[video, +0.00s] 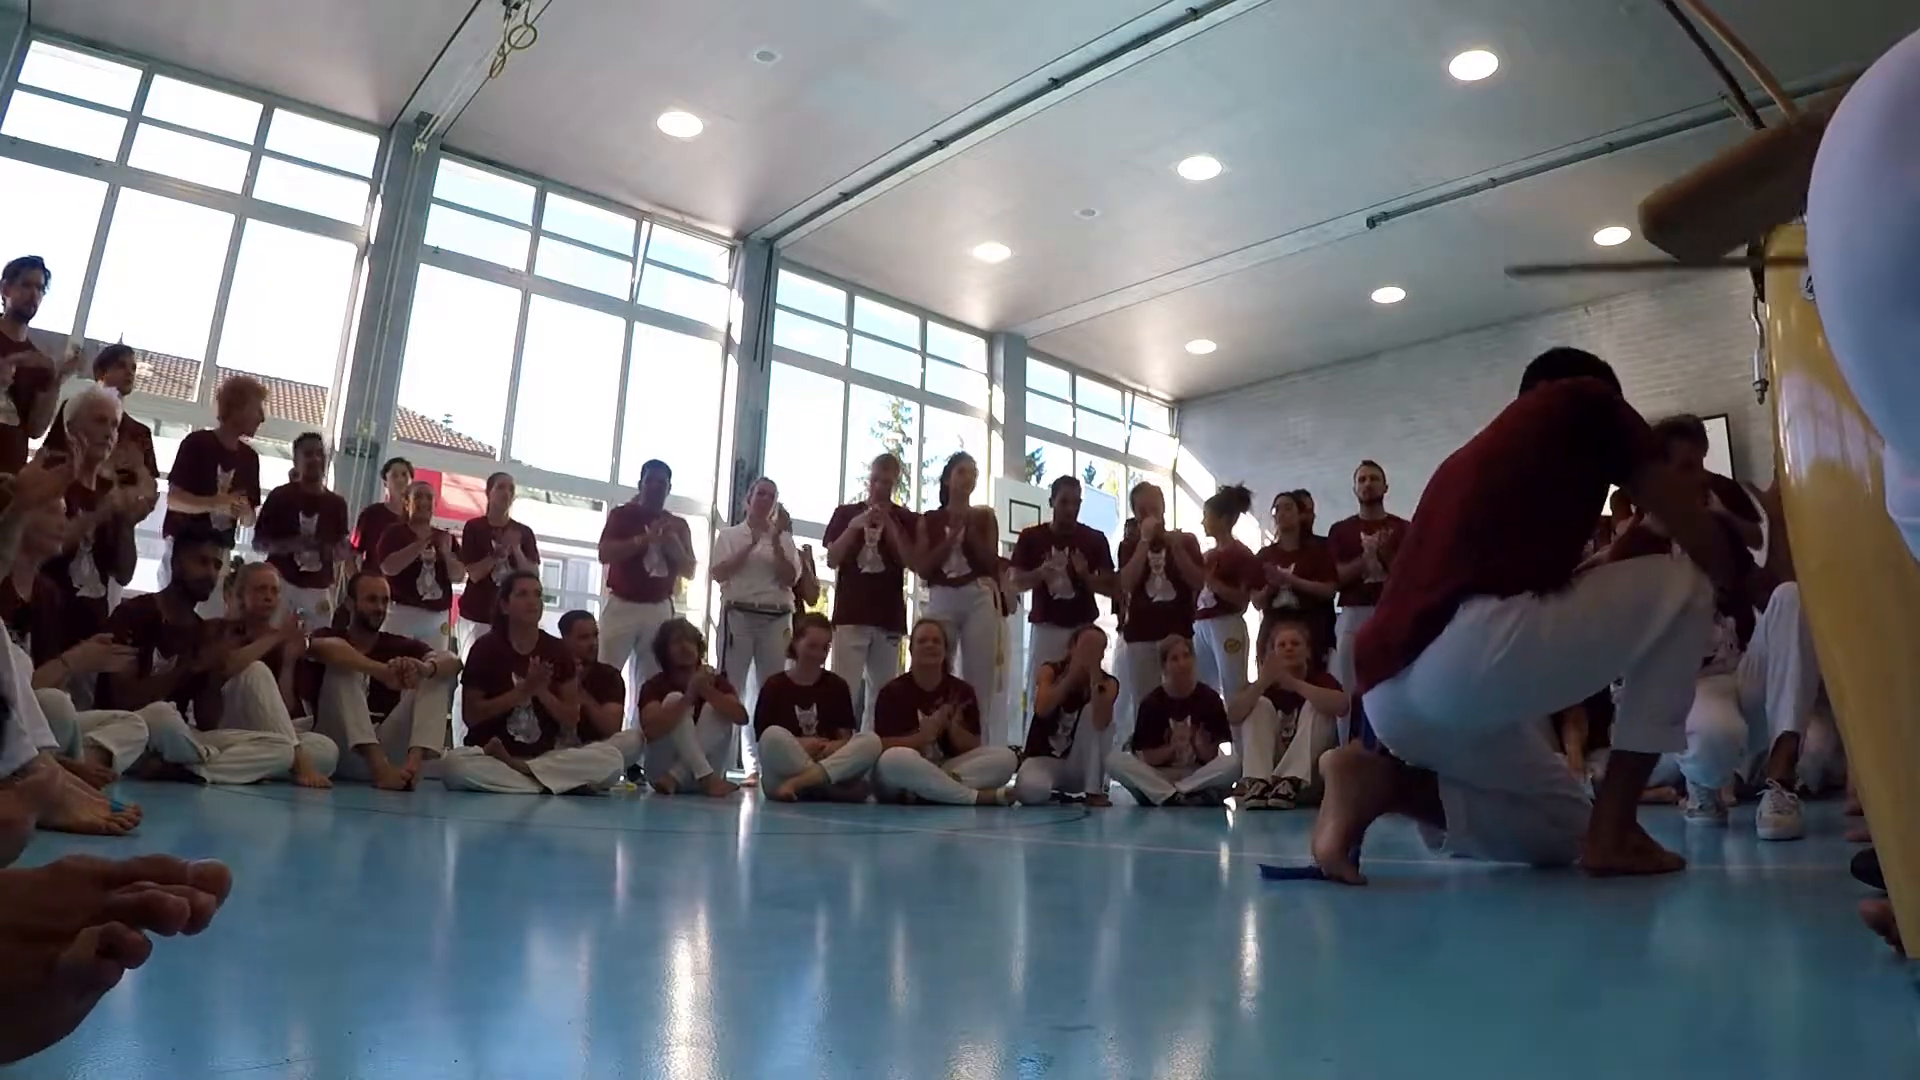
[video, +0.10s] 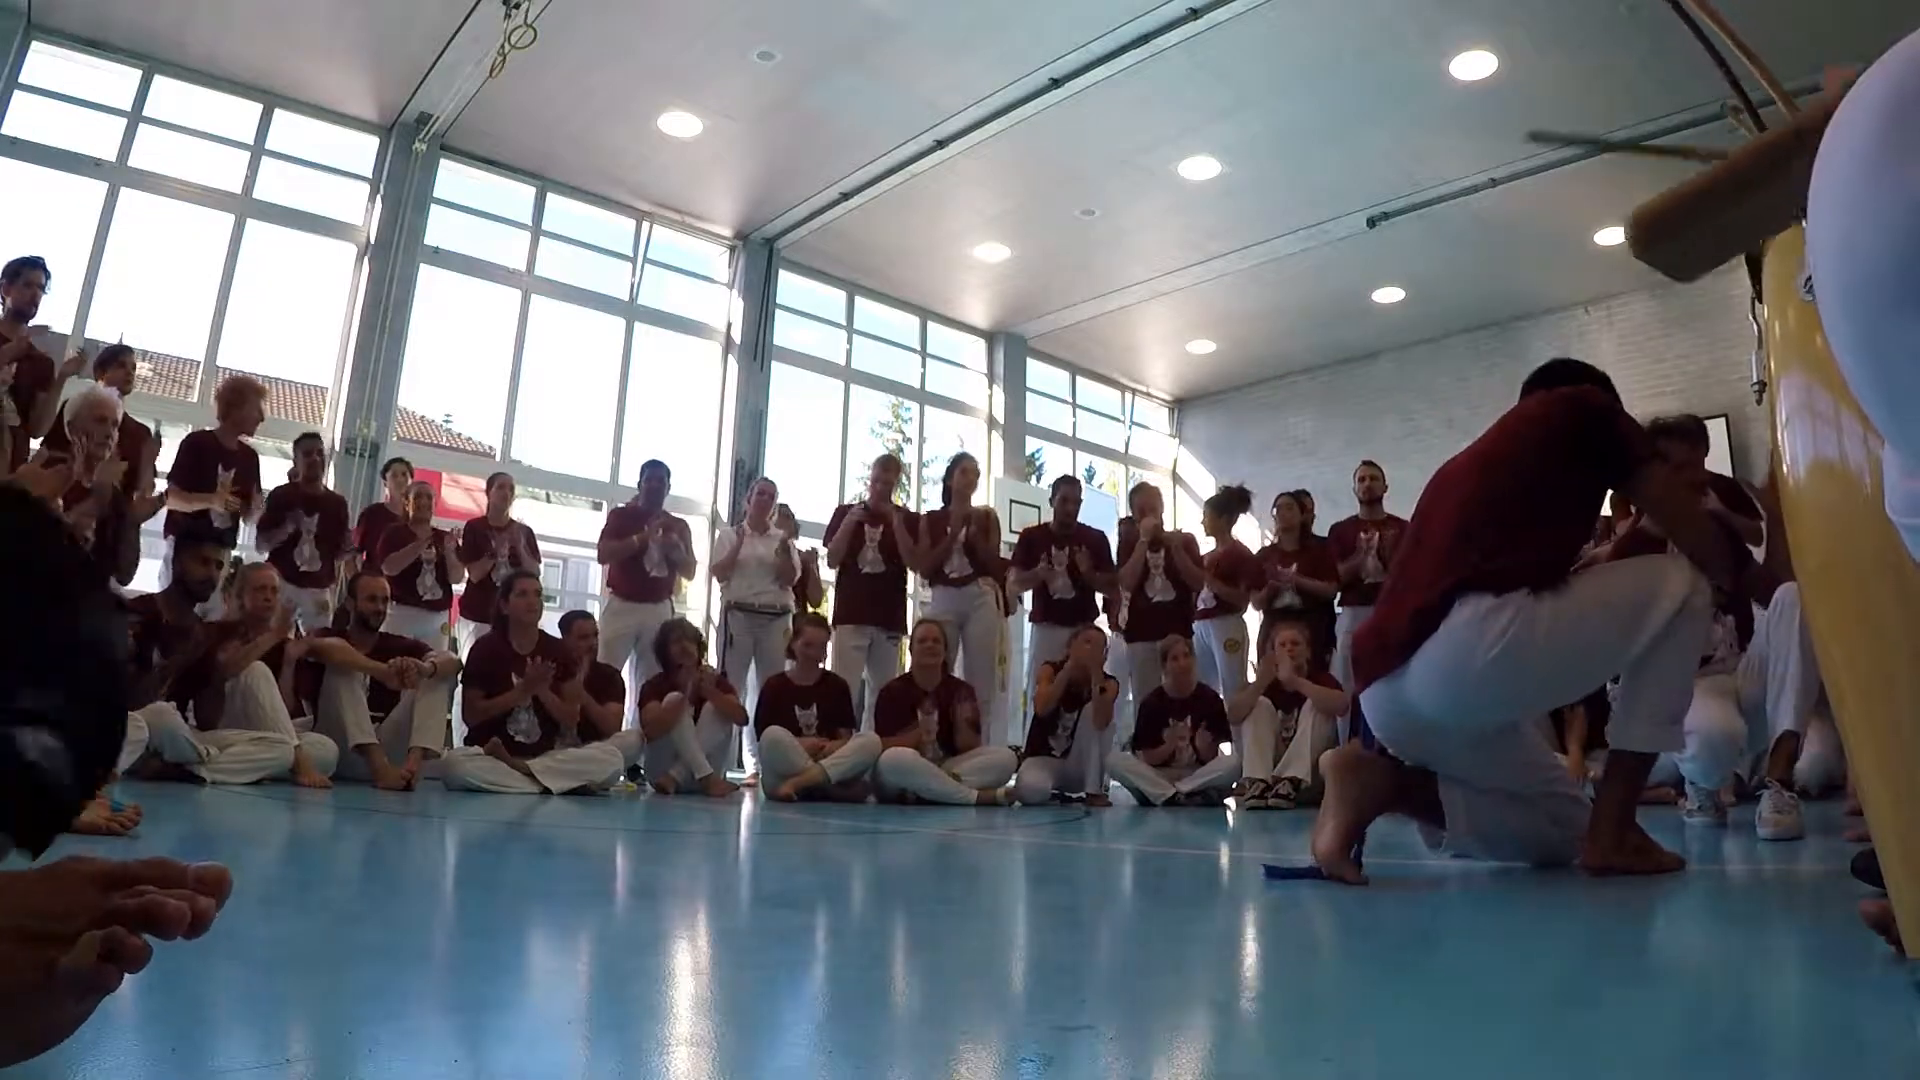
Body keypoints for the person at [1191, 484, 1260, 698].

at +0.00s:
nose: (1202, 520)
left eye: (1206, 515)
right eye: (1203, 515)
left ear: (1225, 519)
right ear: (1218, 519)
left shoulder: (1242, 553)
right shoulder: (1208, 556)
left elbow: (1242, 599)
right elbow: (1199, 589)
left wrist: (1212, 581)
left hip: (1227, 622)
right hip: (1201, 624)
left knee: (1234, 691)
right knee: (1205, 691)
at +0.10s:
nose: (1202, 520)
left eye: (1206, 515)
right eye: (1203, 515)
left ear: (1225, 519)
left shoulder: (1242, 554)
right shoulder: (1207, 557)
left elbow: (1241, 599)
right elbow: (1201, 589)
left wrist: (1210, 580)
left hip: (1227, 623)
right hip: (1201, 624)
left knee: (1234, 693)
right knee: (1205, 692)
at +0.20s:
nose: (1202, 520)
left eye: (1207, 515)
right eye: (1203, 515)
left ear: (1226, 519)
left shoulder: (1241, 554)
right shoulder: (1207, 557)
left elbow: (1240, 598)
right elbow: (1197, 587)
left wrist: (1208, 578)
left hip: (1227, 622)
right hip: (1201, 624)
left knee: (1233, 692)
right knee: (1205, 692)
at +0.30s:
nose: (1203, 521)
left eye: (1208, 515)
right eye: (1204, 515)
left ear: (1228, 519)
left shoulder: (1242, 554)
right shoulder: (1207, 558)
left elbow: (1242, 598)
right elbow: (1196, 586)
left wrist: (1209, 579)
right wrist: (1179, 553)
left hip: (1227, 622)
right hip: (1201, 623)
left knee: (1233, 690)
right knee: (1205, 690)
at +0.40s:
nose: (1204, 521)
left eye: (1209, 516)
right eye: (1205, 516)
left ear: (1229, 519)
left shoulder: (1241, 553)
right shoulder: (1207, 557)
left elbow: (1242, 597)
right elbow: (1197, 586)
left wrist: (1210, 579)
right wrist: (1179, 554)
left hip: (1227, 622)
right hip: (1201, 623)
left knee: (1233, 691)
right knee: (1205, 690)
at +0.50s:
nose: (1205, 522)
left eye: (1210, 516)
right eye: (1205, 516)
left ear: (1230, 519)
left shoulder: (1241, 554)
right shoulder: (1206, 558)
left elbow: (1242, 596)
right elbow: (1196, 586)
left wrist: (1210, 578)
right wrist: (1180, 554)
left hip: (1227, 622)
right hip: (1201, 624)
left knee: (1233, 692)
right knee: (1205, 691)